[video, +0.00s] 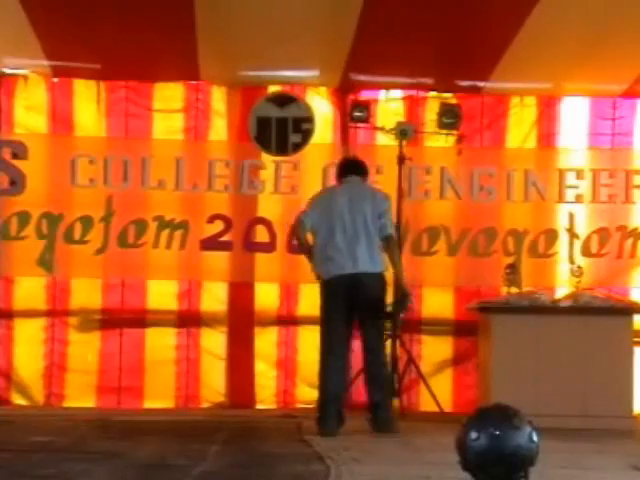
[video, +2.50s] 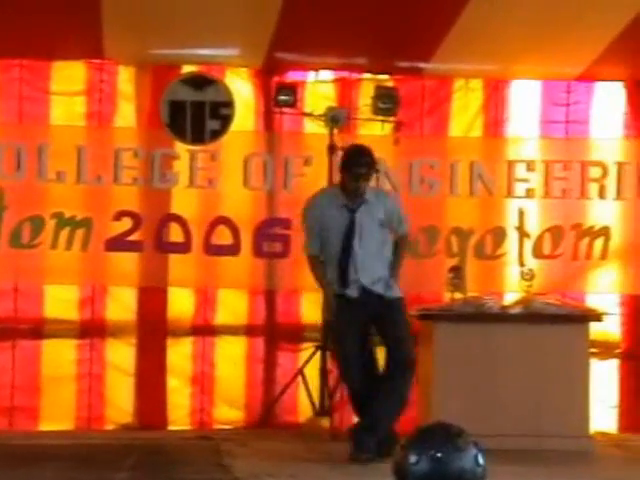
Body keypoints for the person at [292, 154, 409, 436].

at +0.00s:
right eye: (362, 176)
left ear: (338, 177)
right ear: (365, 176)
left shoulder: (325, 197)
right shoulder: (378, 198)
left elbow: (298, 228)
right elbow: (389, 239)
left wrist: (312, 254)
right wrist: (400, 281)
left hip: (335, 281)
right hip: (371, 279)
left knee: (334, 350)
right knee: (375, 349)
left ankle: (330, 418)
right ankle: (382, 416)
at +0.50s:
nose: (351, 184)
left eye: (350, 177)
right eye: (348, 178)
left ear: (357, 169)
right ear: (372, 162)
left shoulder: (380, 185)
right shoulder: (395, 186)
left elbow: (399, 216)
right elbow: (416, 230)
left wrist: (370, 259)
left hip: (388, 274)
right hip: (412, 273)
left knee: (357, 353)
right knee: (399, 355)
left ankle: (345, 424)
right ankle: (398, 429)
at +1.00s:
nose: (401, 173)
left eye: (406, 166)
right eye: (396, 167)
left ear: (417, 163)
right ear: (387, 165)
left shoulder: (436, 190)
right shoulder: (374, 193)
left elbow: (453, 233)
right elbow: (367, 236)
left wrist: (445, 276)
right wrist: (359, 280)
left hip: (423, 285)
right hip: (383, 284)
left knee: (425, 362)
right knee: (370, 360)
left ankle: (425, 430)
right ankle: (369, 430)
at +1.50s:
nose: (419, 176)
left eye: (424, 170)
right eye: (413, 169)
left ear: (433, 165)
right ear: (402, 163)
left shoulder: (446, 187)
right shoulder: (381, 187)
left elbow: (463, 226)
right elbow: (369, 231)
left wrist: (448, 266)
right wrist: (375, 270)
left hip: (427, 282)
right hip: (389, 281)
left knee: (424, 356)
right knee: (396, 355)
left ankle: (420, 427)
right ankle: (406, 426)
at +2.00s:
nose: (382, 182)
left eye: (387, 175)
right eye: (377, 175)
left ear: (394, 172)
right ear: (364, 170)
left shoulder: (405, 190)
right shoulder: (343, 198)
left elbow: (421, 224)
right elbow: (339, 249)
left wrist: (413, 253)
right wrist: (350, 291)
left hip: (400, 284)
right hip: (364, 285)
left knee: (416, 345)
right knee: (374, 360)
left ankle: (406, 388)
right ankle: (389, 433)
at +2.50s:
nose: (360, 186)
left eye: (365, 179)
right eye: (354, 178)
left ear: (372, 177)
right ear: (341, 175)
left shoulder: (384, 203)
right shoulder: (319, 206)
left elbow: (402, 236)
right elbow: (314, 253)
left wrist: (392, 275)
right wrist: (328, 287)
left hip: (383, 294)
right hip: (344, 298)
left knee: (402, 361)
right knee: (355, 370)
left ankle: (369, 434)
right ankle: (383, 435)